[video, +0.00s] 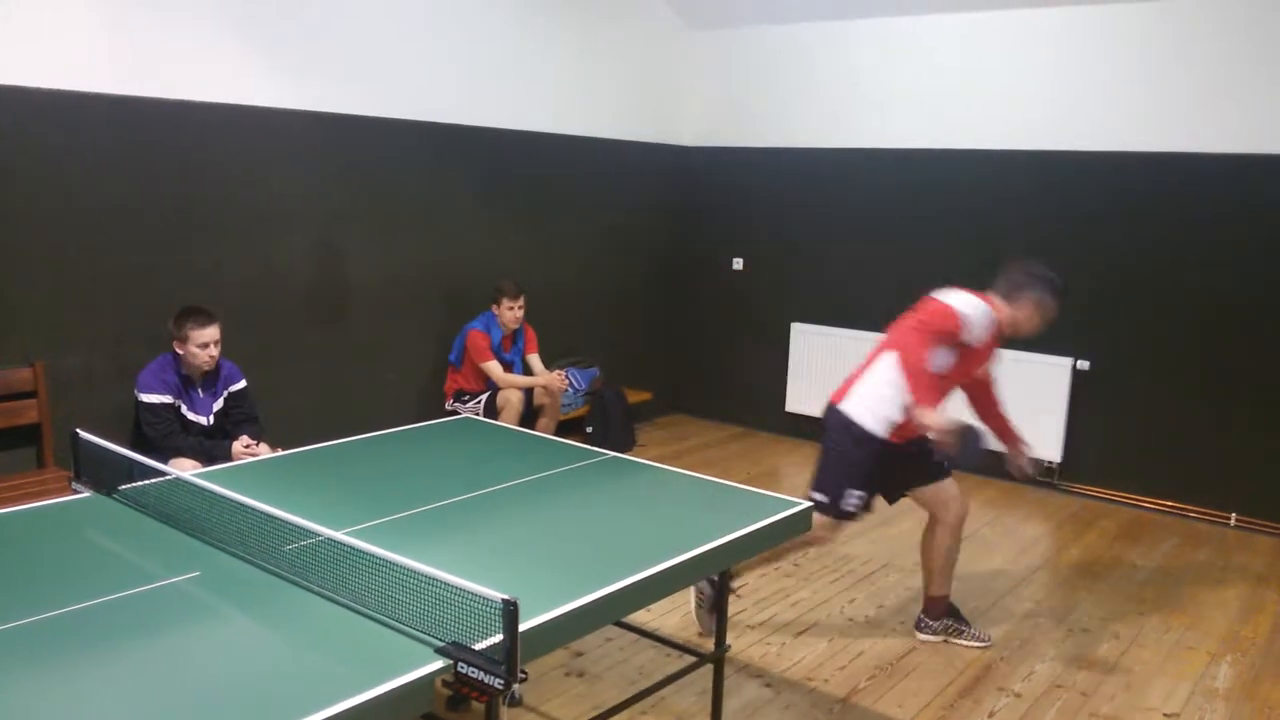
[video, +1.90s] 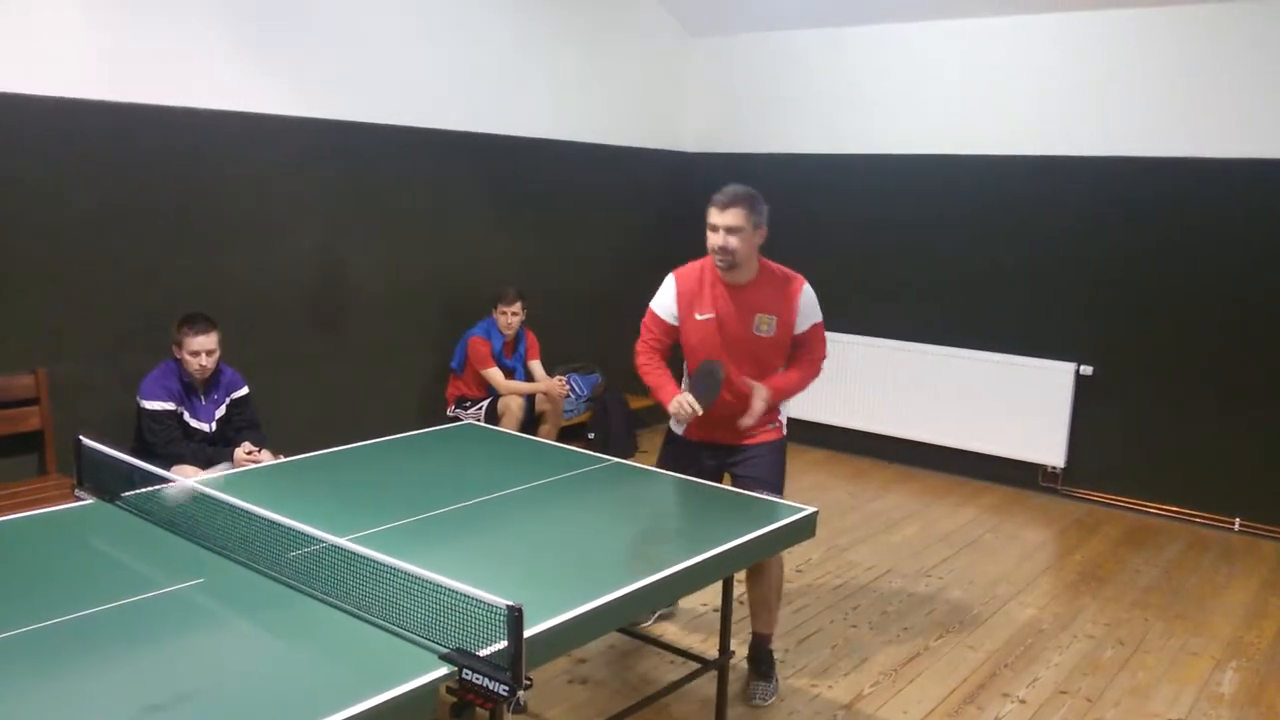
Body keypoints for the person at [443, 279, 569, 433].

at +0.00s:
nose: (517, 314)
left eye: (520, 308)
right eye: (510, 309)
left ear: (525, 308)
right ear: (495, 309)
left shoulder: (525, 332)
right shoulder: (476, 333)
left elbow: (540, 371)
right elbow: (500, 380)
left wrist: (553, 380)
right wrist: (545, 381)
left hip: (498, 394)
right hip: (462, 400)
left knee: (552, 395)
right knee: (514, 397)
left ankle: (540, 455)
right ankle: (501, 455)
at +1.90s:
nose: (509, 320)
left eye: (514, 314)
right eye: (503, 314)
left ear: (523, 315)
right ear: (494, 314)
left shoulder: (527, 338)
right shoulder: (477, 340)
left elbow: (541, 379)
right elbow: (502, 387)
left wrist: (555, 386)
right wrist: (546, 387)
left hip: (500, 400)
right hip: (465, 406)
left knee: (553, 401)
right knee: (514, 404)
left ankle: (541, 464)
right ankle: (501, 462)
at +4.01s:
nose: (504, 325)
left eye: (509, 319)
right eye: (498, 319)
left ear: (517, 320)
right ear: (488, 320)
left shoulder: (521, 343)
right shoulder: (472, 345)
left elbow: (535, 382)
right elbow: (496, 392)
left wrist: (548, 392)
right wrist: (540, 392)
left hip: (493, 405)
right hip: (457, 412)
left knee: (547, 406)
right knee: (508, 408)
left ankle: (534, 465)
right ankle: (496, 465)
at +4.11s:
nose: (506, 325)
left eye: (511, 320)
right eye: (500, 319)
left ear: (518, 322)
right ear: (490, 318)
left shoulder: (522, 343)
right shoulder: (473, 343)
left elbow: (536, 382)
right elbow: (496, 391)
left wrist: (550, 391)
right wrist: (540, 392)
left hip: (498, 405)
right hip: (460, 410)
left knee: (548, 405)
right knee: (508, 408)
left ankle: (535, 466)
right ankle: (496, 466)